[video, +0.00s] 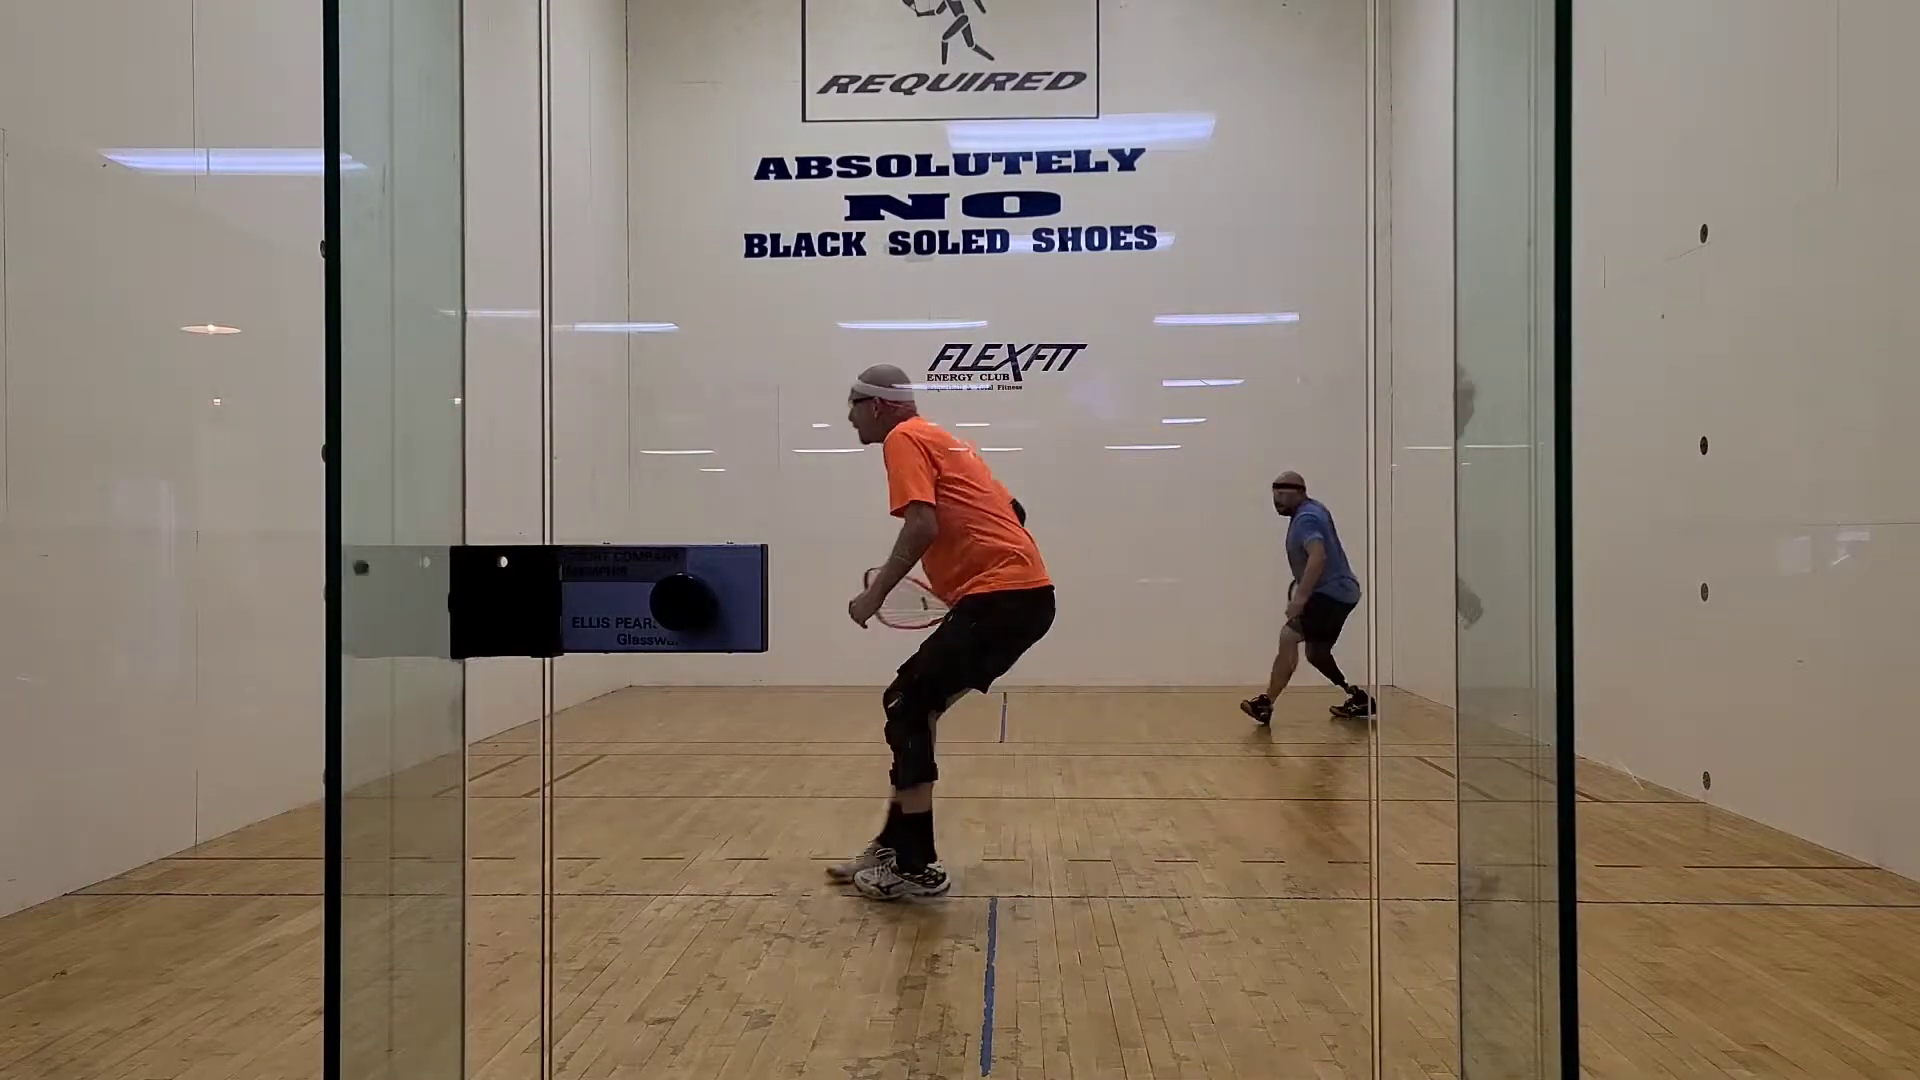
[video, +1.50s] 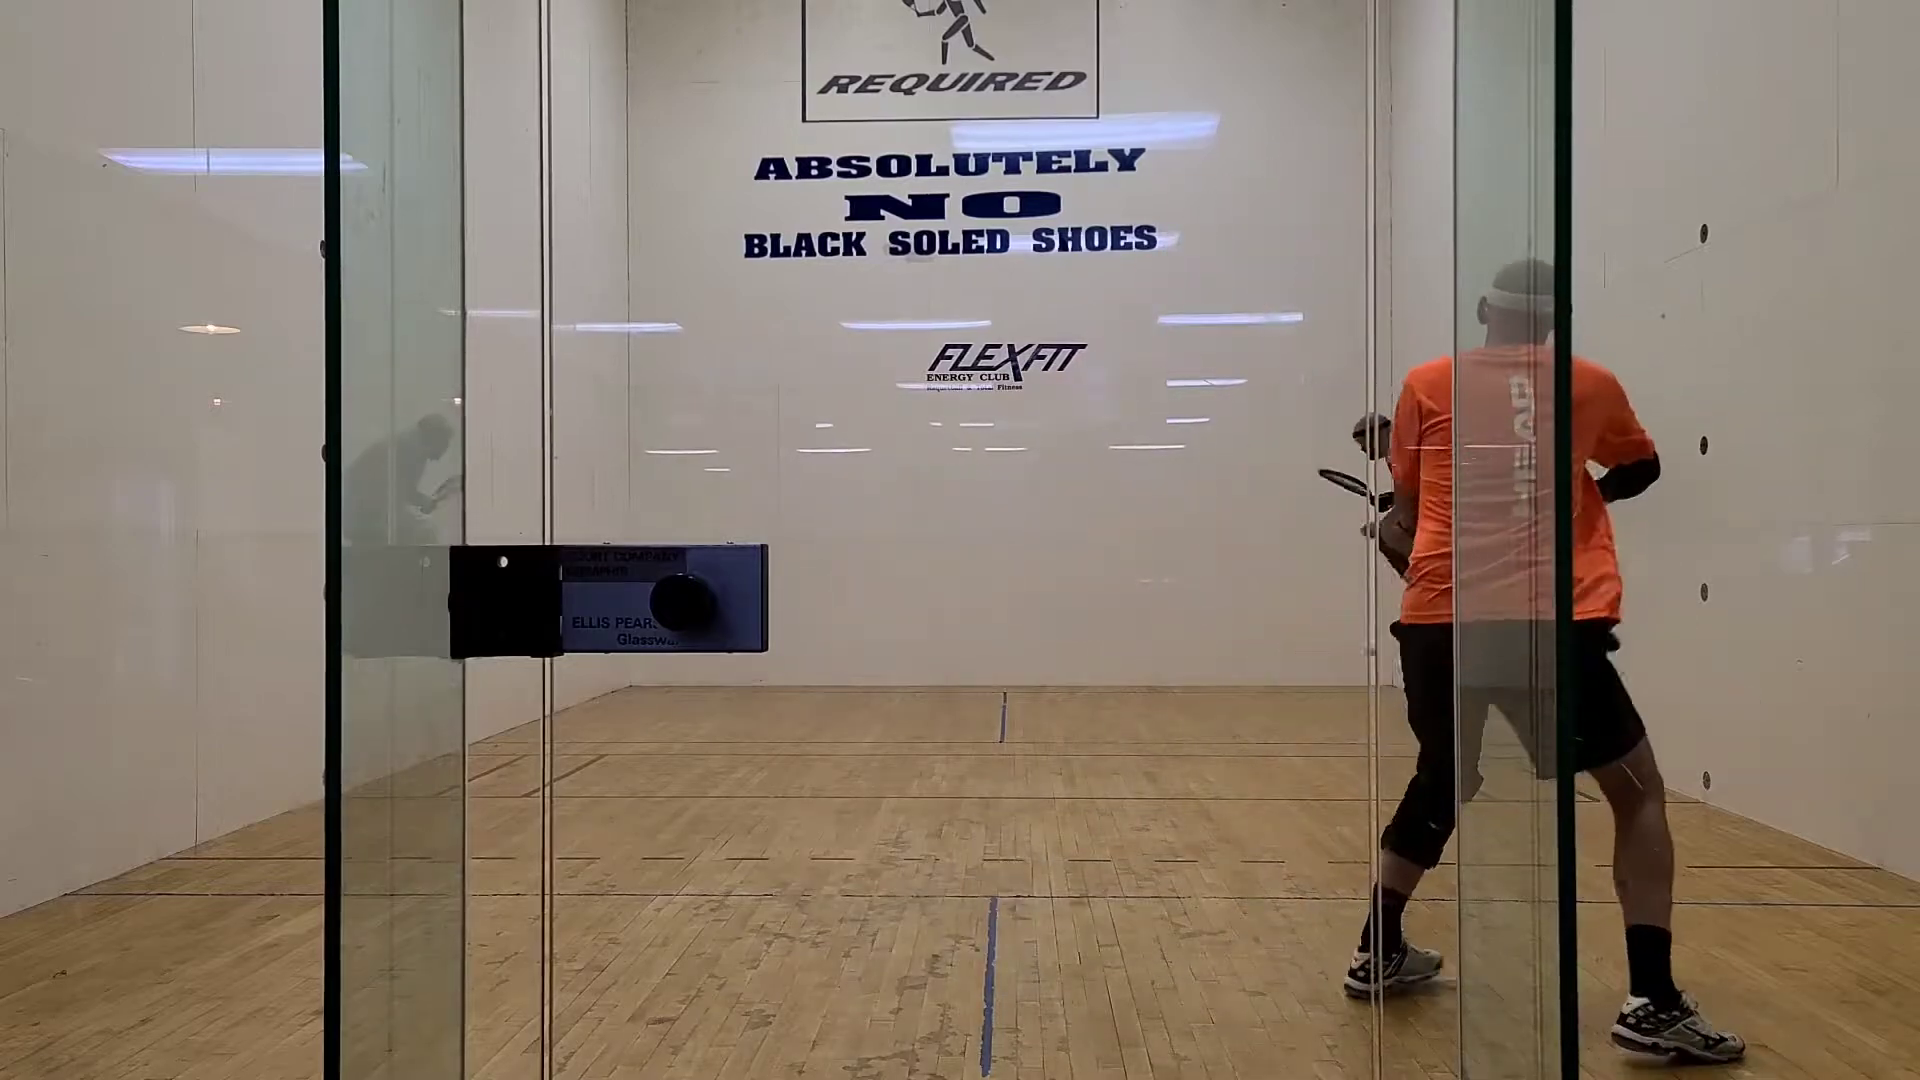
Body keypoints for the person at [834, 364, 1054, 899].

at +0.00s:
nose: (852, 422)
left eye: (855, 411)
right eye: (852, 412)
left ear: (880, 407)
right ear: (900, 407)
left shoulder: (904, 438)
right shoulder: (945, 441)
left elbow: (922, 523)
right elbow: (1010, 510)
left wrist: (876, 592)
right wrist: (952, 581)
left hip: (1002, 595)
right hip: (1021, 594)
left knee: (906, 704)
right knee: (910, 703)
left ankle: (918, 864)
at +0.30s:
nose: (900, 399)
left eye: (911, 387)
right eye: (894, 387)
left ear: (943, 386)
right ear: (892, 390)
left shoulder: (993, 442)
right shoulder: (911, 454)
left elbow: (1036, 523)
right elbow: (942, 533)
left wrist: (992, 604)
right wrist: (927, 605)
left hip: (1011, 621)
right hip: (946, 619)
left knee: (972, 738)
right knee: (891, 734)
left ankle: (1005, 884)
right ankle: (884, 842)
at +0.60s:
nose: (1046, 360)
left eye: (1058, 350)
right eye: (1034, 349)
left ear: (1077, 361)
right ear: (1013, 361)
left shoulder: (1117, 419)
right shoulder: (985, 442)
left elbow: (1153, 502)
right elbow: (943, 522)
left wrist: (1135, 548)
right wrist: (930, 593)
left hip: (1103, 613)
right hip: (1025, 609)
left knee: (1075, 762)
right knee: (1013, 736)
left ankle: (1025, 877)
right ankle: (966, 903)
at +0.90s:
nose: (1283, 350)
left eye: (1292, 339)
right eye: (1270, 336)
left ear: (1300, 348)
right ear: (1235, 343)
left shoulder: (1291, 416)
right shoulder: (1184, 408)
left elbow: (1290, 479)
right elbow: (1092, 445)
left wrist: (1358, 507)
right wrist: (1079, 429)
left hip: (1234, 625)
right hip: (1162, 628)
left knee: (1341, 743)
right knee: (1191, 790)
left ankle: (1359, 941)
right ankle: (1036, 891)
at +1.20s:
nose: (1531, 417)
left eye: (1533, 402)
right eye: (1524, 400)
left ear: (1464, 386)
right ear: (1495, 394)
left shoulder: (1412, 437)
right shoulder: (1445, 458)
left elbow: (1320, 485)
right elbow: (1477, 573)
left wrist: (1374, 556)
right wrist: (1541, 530)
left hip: (1324, 653)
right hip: (1372, 661)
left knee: (1458, 780)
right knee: (1525, 804)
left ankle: (1371, 936)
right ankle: (1626, 1008)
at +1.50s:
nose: (1531, 331)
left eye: (1522, 312)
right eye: (1542, 315)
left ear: (1485, 311)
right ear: (1556, 318)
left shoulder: (1425, 386)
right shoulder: (1589, 385)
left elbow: (1405, 491)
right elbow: (1637, 471)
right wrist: (1568, 483)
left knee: (1439, 780)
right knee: (1637, 797)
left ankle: (1379, 948)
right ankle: (1653, 1000)